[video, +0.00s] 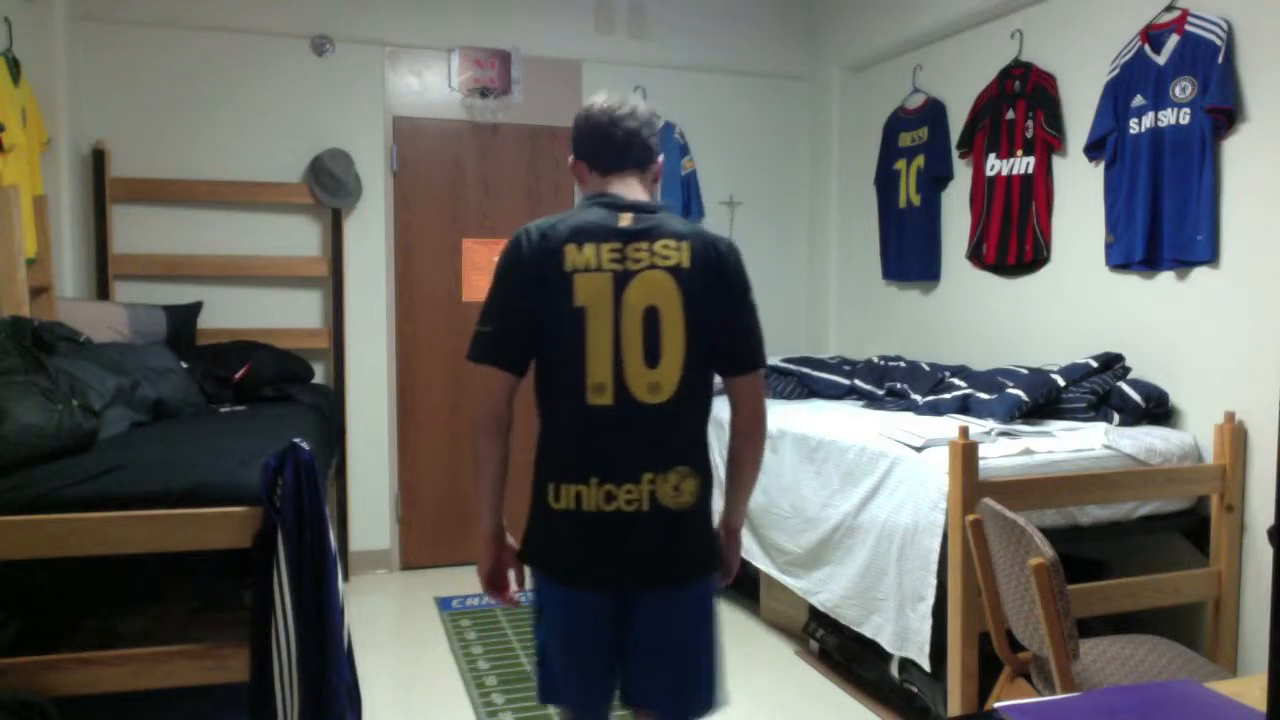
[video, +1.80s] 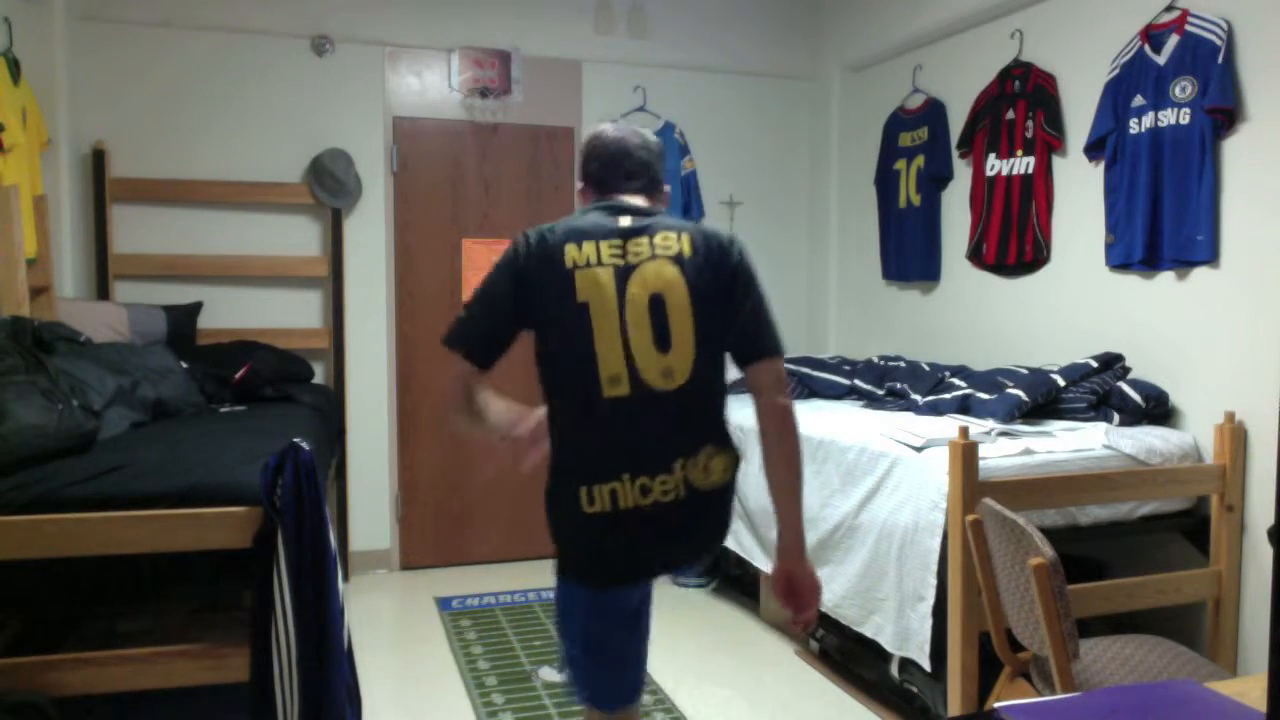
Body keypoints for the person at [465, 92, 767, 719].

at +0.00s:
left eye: (573, 161)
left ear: (576, 165)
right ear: (656, 167)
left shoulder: (535, 249)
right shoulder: (710, 253)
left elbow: (492, 403)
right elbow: (750, 408)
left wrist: (491, 529)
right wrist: (732, 525)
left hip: (570, 537)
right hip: (674, 538)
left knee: (579, 707)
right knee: (667, 709)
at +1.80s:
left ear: (583, 188)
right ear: (662, 190)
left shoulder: (538, 251)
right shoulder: (716, 251)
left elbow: (462, 388)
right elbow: (775, 398)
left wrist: (514, 420)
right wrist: (793, 551)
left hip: (601, 521)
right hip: (701, 512)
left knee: (610, 702)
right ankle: (589, 670)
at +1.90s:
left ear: (589, 186)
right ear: (668, 186)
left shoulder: (544, 252)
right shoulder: (722, 247)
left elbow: (467, 388)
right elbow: (779, 397)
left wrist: (558, 400)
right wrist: (792, 542)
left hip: (604, 522)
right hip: (705, 512)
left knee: (615, 704)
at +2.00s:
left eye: (600, 162)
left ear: (602, 171)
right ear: (684, 169)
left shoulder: (557, 251)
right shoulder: (737, 250)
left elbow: (487, 394)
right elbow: (791, 397)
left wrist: (568, 377)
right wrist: (787, 519)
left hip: (612, 529)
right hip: (713, 522)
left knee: (624, 706)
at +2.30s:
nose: (636, 140)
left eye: (638, 129)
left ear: (644, 141)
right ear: (722, 136)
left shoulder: (634, 248)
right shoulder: (776, 250)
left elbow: (579, 399)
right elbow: (801, 401)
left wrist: (560, 391)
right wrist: (752, 460)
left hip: (651, 535)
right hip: (743, 532)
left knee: (629, 707)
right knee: (726, 698)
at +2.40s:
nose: (652, 136)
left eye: (652, 124)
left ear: (659, 138)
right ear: (738, 134)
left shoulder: (659, 246)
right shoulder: (790, 247)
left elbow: (650, 409)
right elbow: (797, 401)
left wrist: (578, 395)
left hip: (669, 532)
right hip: (761, 531)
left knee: (640, 705)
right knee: (751, 705)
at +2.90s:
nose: (706, 126)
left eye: (706, 116)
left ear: (713, 128)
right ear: (793, 127)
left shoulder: (680, 228)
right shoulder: (843, 237)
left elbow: (597, 379)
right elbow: (898, 381)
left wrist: (624, 380)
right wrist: (833, 376)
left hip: (715, 526)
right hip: (813, 524)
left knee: (704, 704)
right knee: (780, 703)